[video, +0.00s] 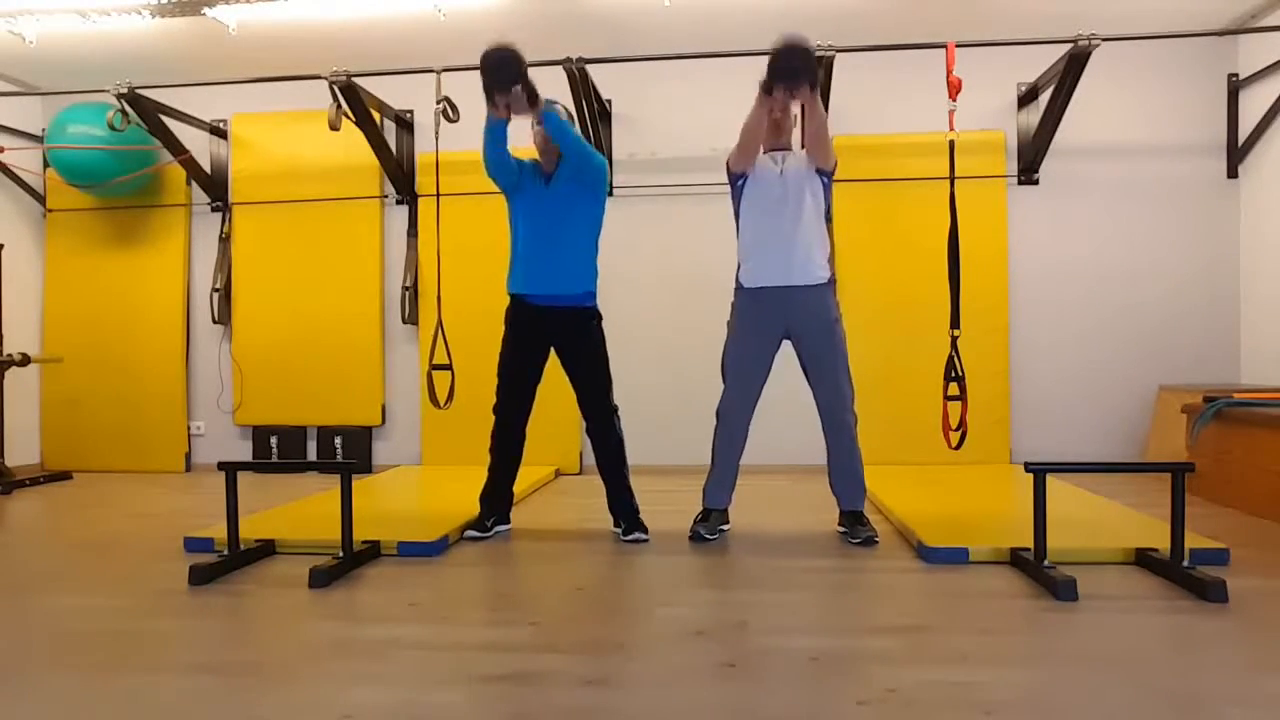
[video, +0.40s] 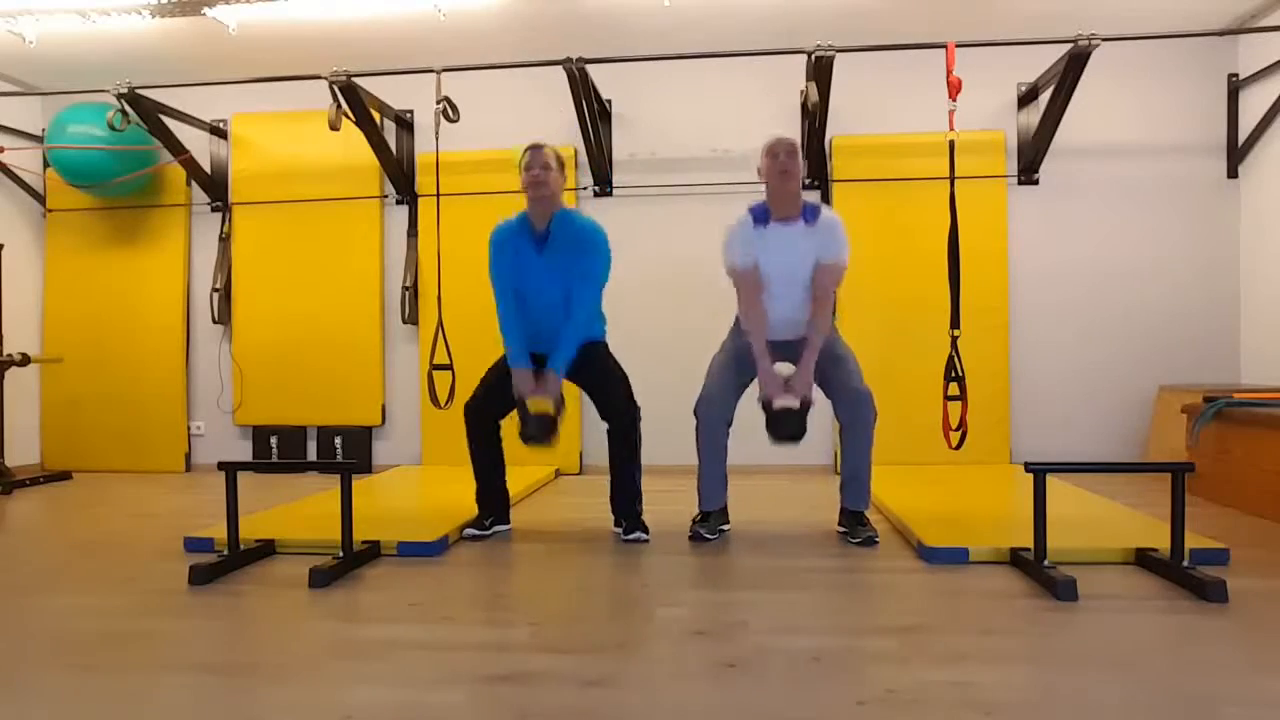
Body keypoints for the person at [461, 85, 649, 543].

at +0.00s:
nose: (539, 142)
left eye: (547, 136)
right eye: (536, 135)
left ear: (567, 141)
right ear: (535, 141)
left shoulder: (592, 175)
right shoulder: (520, 178)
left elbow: (570, 142)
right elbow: (495, 158)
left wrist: (544, 112)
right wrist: (498, 116)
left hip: (577, 312)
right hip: (526, 310)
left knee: (600, 415)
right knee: (509, 414)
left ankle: (627, 517)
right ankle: (494, 513)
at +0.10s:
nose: (548, 128)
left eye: (556, 121)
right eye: (540, 124)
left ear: (574, 134)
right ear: (530, 137)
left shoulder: (594, 176)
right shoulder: (518, 177)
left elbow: (573, 176)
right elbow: (495, 178)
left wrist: (544, 153)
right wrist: (496, 143)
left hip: (580, 318)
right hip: (527, 317)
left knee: (603, 418)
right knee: (506, 416)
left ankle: (627, 517)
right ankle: (495, 514)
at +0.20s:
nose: (547, 136)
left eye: (555, 130)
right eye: (539, 131)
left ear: (570, 141)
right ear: (530, 142)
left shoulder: (592, 190)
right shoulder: (514, 190)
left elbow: (583, 221)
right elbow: (495, 227)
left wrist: (533, 224)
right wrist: (528, 223)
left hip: (583, 326)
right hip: (529, 326)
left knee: (611, 417)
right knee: (500, 414)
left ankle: (627, 517)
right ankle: (495, 514)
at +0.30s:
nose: (543, 152)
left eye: (551, 147)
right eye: (536, 147)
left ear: (568, 159)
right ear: (526, 159)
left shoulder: (592, 210)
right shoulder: (508, 212)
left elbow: (580, 262)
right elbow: (502, 263)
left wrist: (545, 297)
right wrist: (507, 308)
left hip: (583, 337)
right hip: (529, 340)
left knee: (619, 415)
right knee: (488, 414)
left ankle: (628, 517)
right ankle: (494, 514)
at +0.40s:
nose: (536, 173)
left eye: (545, 168)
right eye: (529, 168)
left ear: (562, 179)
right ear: (520, 181)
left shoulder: (589, 236)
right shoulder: (504, 238)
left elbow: (583, 314)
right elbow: (507, 309)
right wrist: (519, 367)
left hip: (582, 348)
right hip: (527, 350)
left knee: (624, 413)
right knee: (479, 412)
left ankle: (628, 517)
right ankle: (494, 513)